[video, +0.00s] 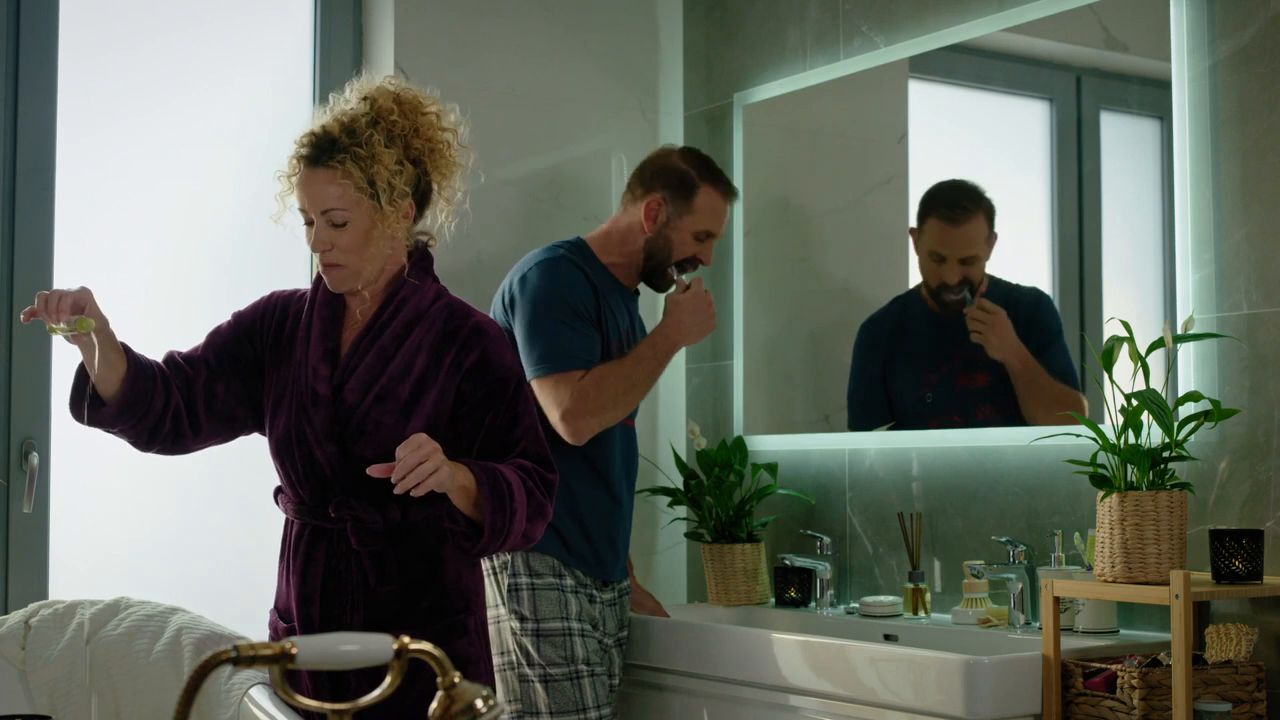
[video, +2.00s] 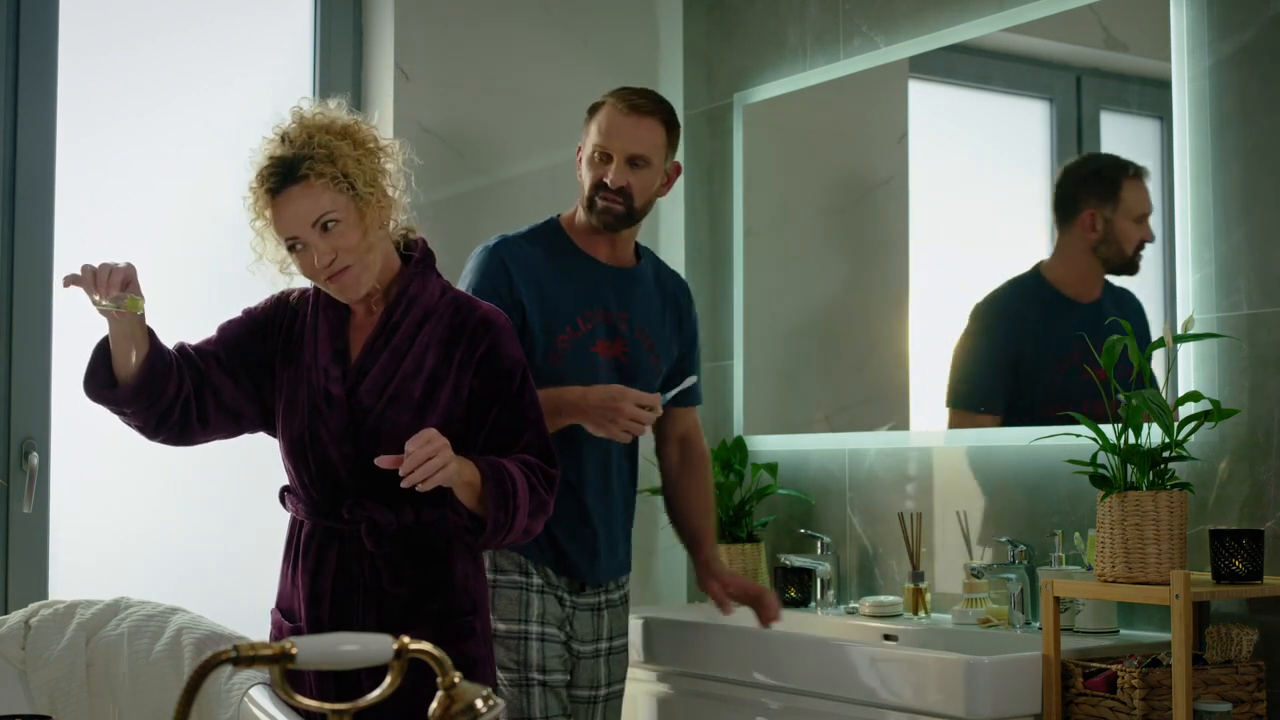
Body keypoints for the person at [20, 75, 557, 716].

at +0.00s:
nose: (317, 241)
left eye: (336, 220)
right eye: (310, 220)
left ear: (403, 215)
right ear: (301, 215)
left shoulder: (472, 346)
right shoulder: (283, 328)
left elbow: (533, 496)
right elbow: (176, 407)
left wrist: (458, 480)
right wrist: (99, 348)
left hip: (432, 628)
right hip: (307, 626)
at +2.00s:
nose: (318, 258)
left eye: (329, 225)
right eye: (295, 244)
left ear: (378, 206)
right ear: (284, 250)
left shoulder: (475, 332)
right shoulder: (289, 329)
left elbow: (531, 492)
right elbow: (173, 404)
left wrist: (463, 474)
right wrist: (126, 321)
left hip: (436, 616)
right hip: (313, 615)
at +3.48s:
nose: (330, 220)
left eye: (358, 201)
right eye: (323, 200)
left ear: (411, 216)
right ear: (311, 207)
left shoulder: (476, 331)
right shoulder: (291, 339)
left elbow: (529, 484)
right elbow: (211, 457)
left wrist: (460, 466)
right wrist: (141, 374)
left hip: (441, 614)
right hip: (318, 614)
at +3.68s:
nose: (388, 218)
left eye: (407, 197)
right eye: (366, 196)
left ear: (429, 210)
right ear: (326, 208)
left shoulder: (479, 330)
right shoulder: (287, 343)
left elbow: (532, 487)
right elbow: (226, 478)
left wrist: (473, 459)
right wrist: (148, 391)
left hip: (451, 618)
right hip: (324, 618)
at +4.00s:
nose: (435, 224)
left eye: (441, 204)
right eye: (412, 201)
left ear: (451, 207)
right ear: (348, 205)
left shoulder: (479, 328)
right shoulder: (284, 341)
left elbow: (529, 505)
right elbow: (241, 497)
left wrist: (535, 454)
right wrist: (205, 369)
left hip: (479, 612)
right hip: (349, 619)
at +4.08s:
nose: (441, 227)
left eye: (446, 207)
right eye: (420, 206)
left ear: (453, 210)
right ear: (355, 211)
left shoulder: (478, 327)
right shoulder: (291, 336)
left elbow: (509, 489)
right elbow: (253, 481)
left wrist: (538, 448)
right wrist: (233, 336)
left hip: (482, 602)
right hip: (358, 606)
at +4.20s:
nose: (443, 234)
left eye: (451, 215)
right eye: (423, 211)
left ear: (461, 217)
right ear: (360, 210)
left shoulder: (475, 331)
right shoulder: (305, 325)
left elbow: (509, 488)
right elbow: (282, 453)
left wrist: (562, 434)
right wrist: (281, 300)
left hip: (485, 600)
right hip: (368, 602)